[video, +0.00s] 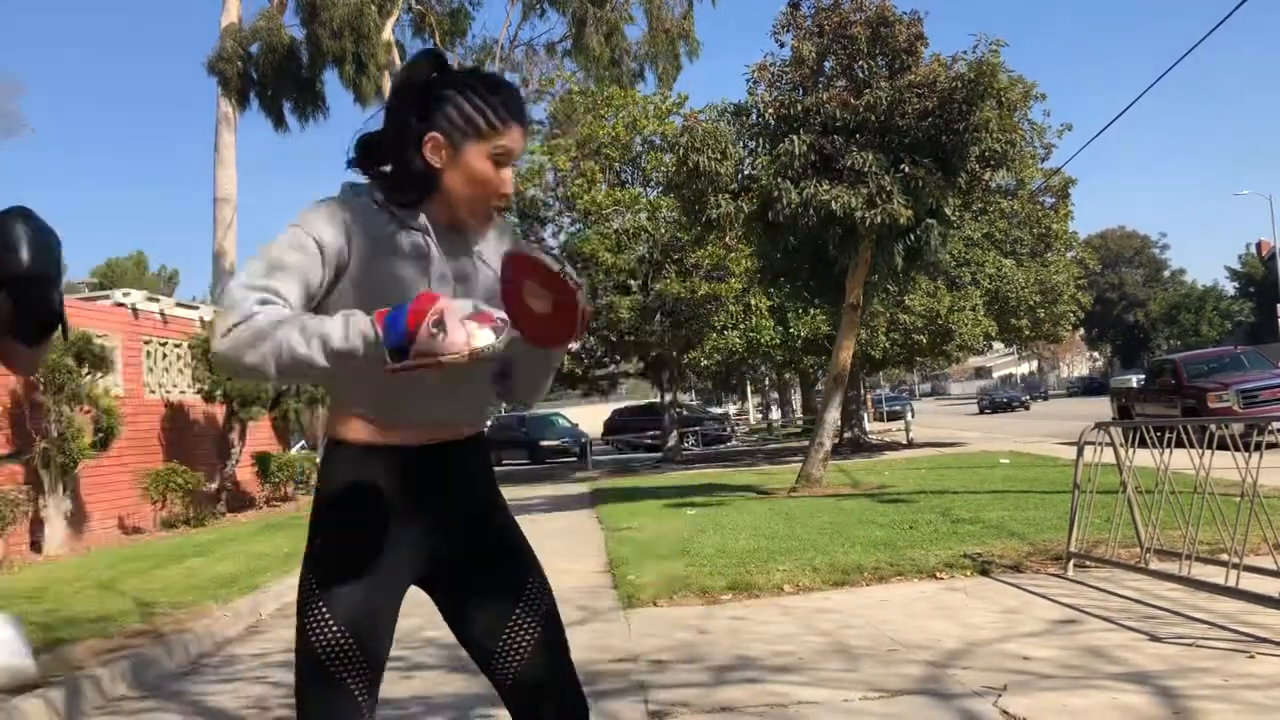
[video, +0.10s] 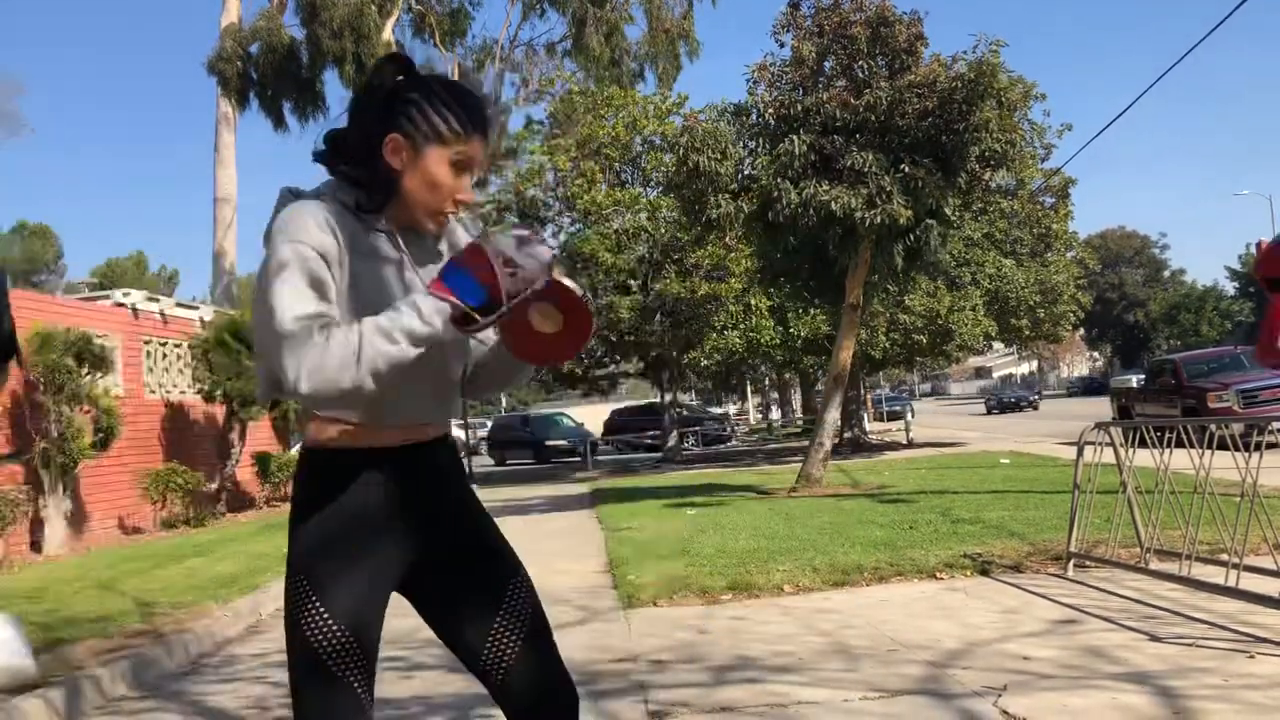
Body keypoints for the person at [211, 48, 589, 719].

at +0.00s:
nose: (511, 183)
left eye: (515, 164)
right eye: (499, 160)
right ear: (437, 150)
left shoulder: (499, 245)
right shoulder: (344, 226)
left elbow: (521, 392)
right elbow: (238, 334)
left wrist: (546, 332)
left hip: (465, 489)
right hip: (363, 492)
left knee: (554, 701)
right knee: (333, 707)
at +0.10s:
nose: (469, 194)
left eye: (476, 176)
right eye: (460, 168)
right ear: (397, 152)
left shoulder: (450, 242)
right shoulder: (311, 225)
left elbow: (467, 380)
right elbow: (308, 365)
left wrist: (532, 330)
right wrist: (445, 302)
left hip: (437, 489)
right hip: (344, 496)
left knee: (547, 696)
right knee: (332, 708)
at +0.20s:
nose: (448, 192)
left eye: (453, 172)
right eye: (435, 167)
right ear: (372, 154)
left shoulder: (421, 252)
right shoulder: (290, 246)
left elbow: (446, 380)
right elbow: (357, 388)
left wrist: (525, 342)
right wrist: (448, 287)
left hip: (431, 491)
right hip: (342, 502)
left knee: (540, 695)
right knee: (339, 708)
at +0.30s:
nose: (449, 191)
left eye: (454, 172)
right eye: (438, 167)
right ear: (375, 154)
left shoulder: (428, 250)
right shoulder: (293, 249)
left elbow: (447, 385)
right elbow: (355, 399)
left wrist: (518, 337)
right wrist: (450, 301)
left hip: (434, 491)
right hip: (346, 503)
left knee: (537, 696)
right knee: (345, 709)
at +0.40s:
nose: (468, 189)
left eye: (474, 170)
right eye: (457, 164)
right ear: (396, 151)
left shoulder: (453, 251)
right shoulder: (313, 240)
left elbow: (455, 386)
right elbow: (339, 396)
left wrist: (527, 350)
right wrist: (472, 337)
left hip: (442, 489)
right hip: (353, 495)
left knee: (535, 697)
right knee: (340, 708)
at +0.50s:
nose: (475, 189)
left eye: (483, 171)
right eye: (465, 166)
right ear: (405, 150)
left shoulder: (458, 245)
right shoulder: (321, 229)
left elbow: (515, 360)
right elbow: (327, 379)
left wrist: (564, 295)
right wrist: (458, 313)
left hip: (439, 485)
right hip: (350, 488)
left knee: (527, 691)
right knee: (334, 704)